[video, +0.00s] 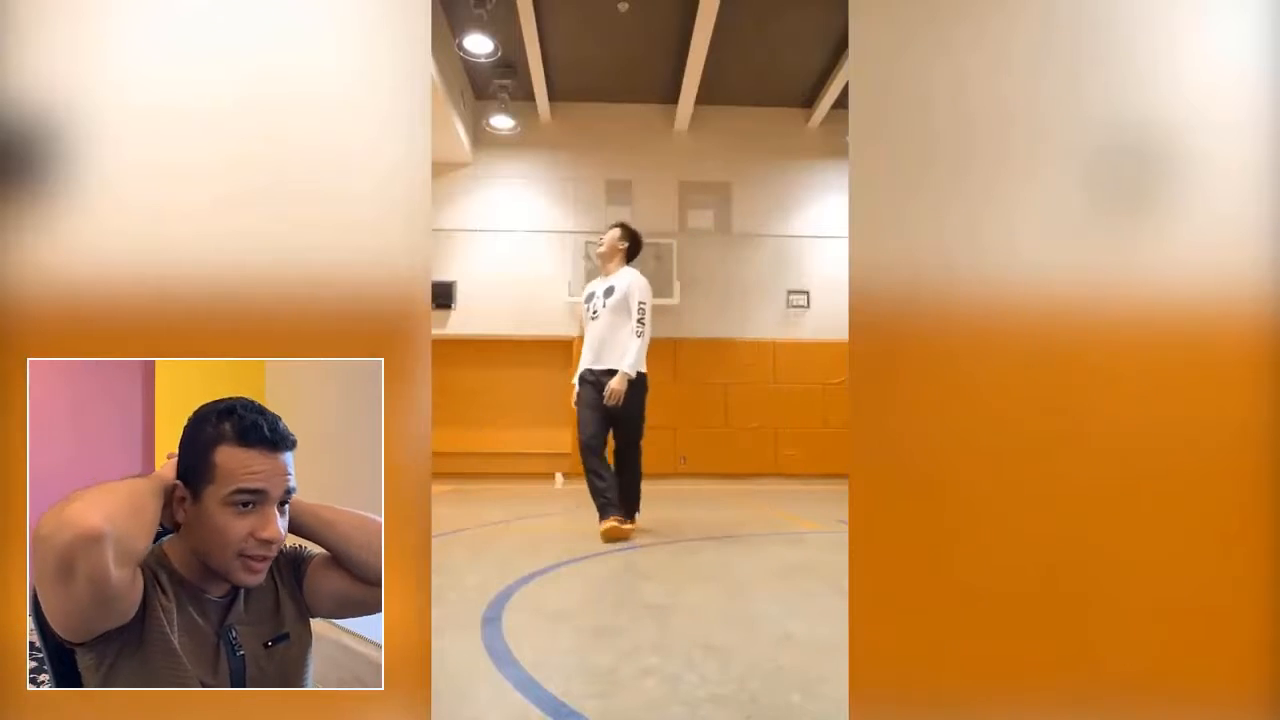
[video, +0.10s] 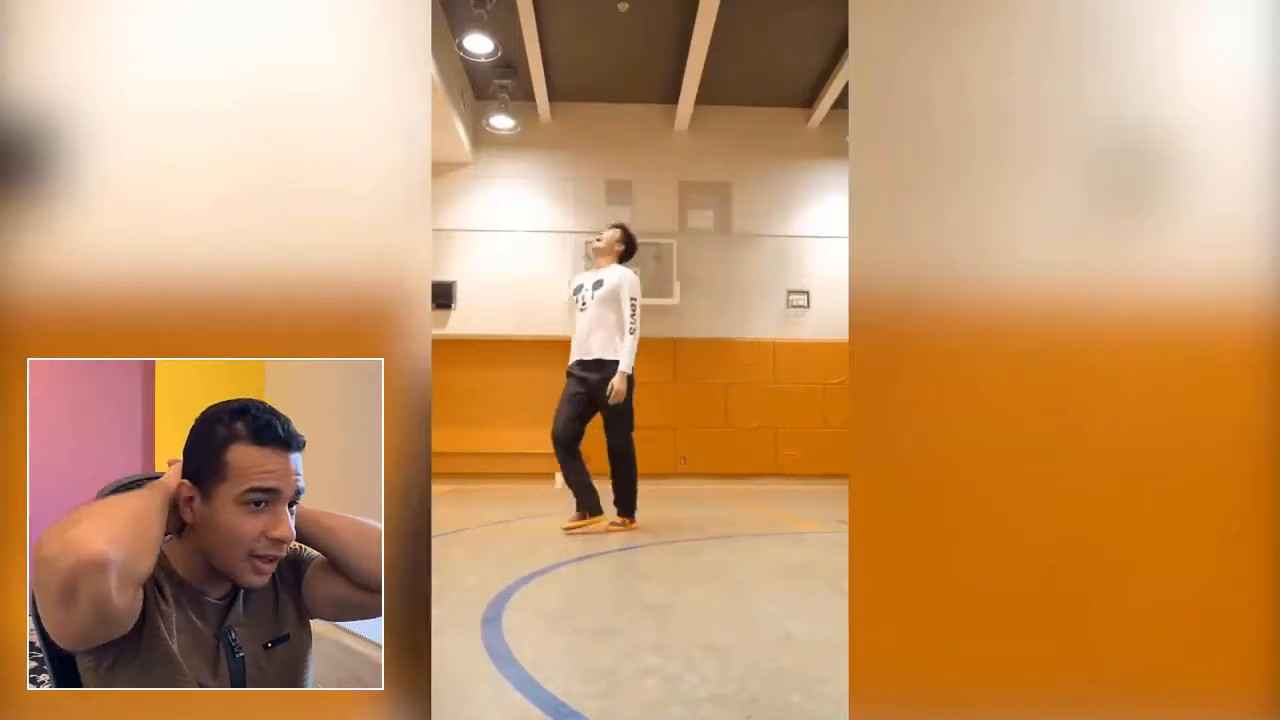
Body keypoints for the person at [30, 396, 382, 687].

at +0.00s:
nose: (273, 533)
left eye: (284, 503)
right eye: (245, 505)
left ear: (288, 504)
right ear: (183, 504)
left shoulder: (287, 580)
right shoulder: (118, 603)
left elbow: (400, 572)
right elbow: (80, 537)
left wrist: (280, 505)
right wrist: (160, 487)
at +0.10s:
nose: (284, 534)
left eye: (292, 504)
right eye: (257, 504)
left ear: (295, 502)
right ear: (191, 503)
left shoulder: (285, 578)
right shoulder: (119, 595)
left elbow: (398, 578)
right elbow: (91, 559)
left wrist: (288, 513)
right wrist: (166, 489)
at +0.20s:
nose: (279, 529)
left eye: (290, 501)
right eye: (254, 500)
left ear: (295, 502)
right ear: (189, 500)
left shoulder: (285, 581)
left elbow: (396, 584)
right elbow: (107, 596)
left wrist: (284, 514)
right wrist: (163, 501)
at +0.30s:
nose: (273, 528)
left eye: (284, 501)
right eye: (244, 498)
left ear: (290, 501)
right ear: (184, 497)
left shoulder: (281, 578)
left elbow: (396, 605)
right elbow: (140, 628)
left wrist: (282, 520)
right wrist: (164, 507)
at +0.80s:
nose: (284, 537)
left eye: (295, 508)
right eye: (254, 507)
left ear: (301, 505)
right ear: (193, 504)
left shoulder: (281, 586)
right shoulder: (99, 601)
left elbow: (392, 642)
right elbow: (178, 667)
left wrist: (290, 530)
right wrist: (174, 522)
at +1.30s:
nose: (289, 534)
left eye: (299, 506)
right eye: (259, 506)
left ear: (307, 502)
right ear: (195, 507)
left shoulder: (284, 596)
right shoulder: (107, 607)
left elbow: (383, 679)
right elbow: (164, 711)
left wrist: (292, 562)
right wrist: (195, 570)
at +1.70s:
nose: (279, 528)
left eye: (290, 501)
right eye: (248, 501)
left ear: (298, 501)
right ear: (189, 505)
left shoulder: (300, 592)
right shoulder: (105, 612)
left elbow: (381, 693)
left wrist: (291, 610)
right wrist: (213, 613)